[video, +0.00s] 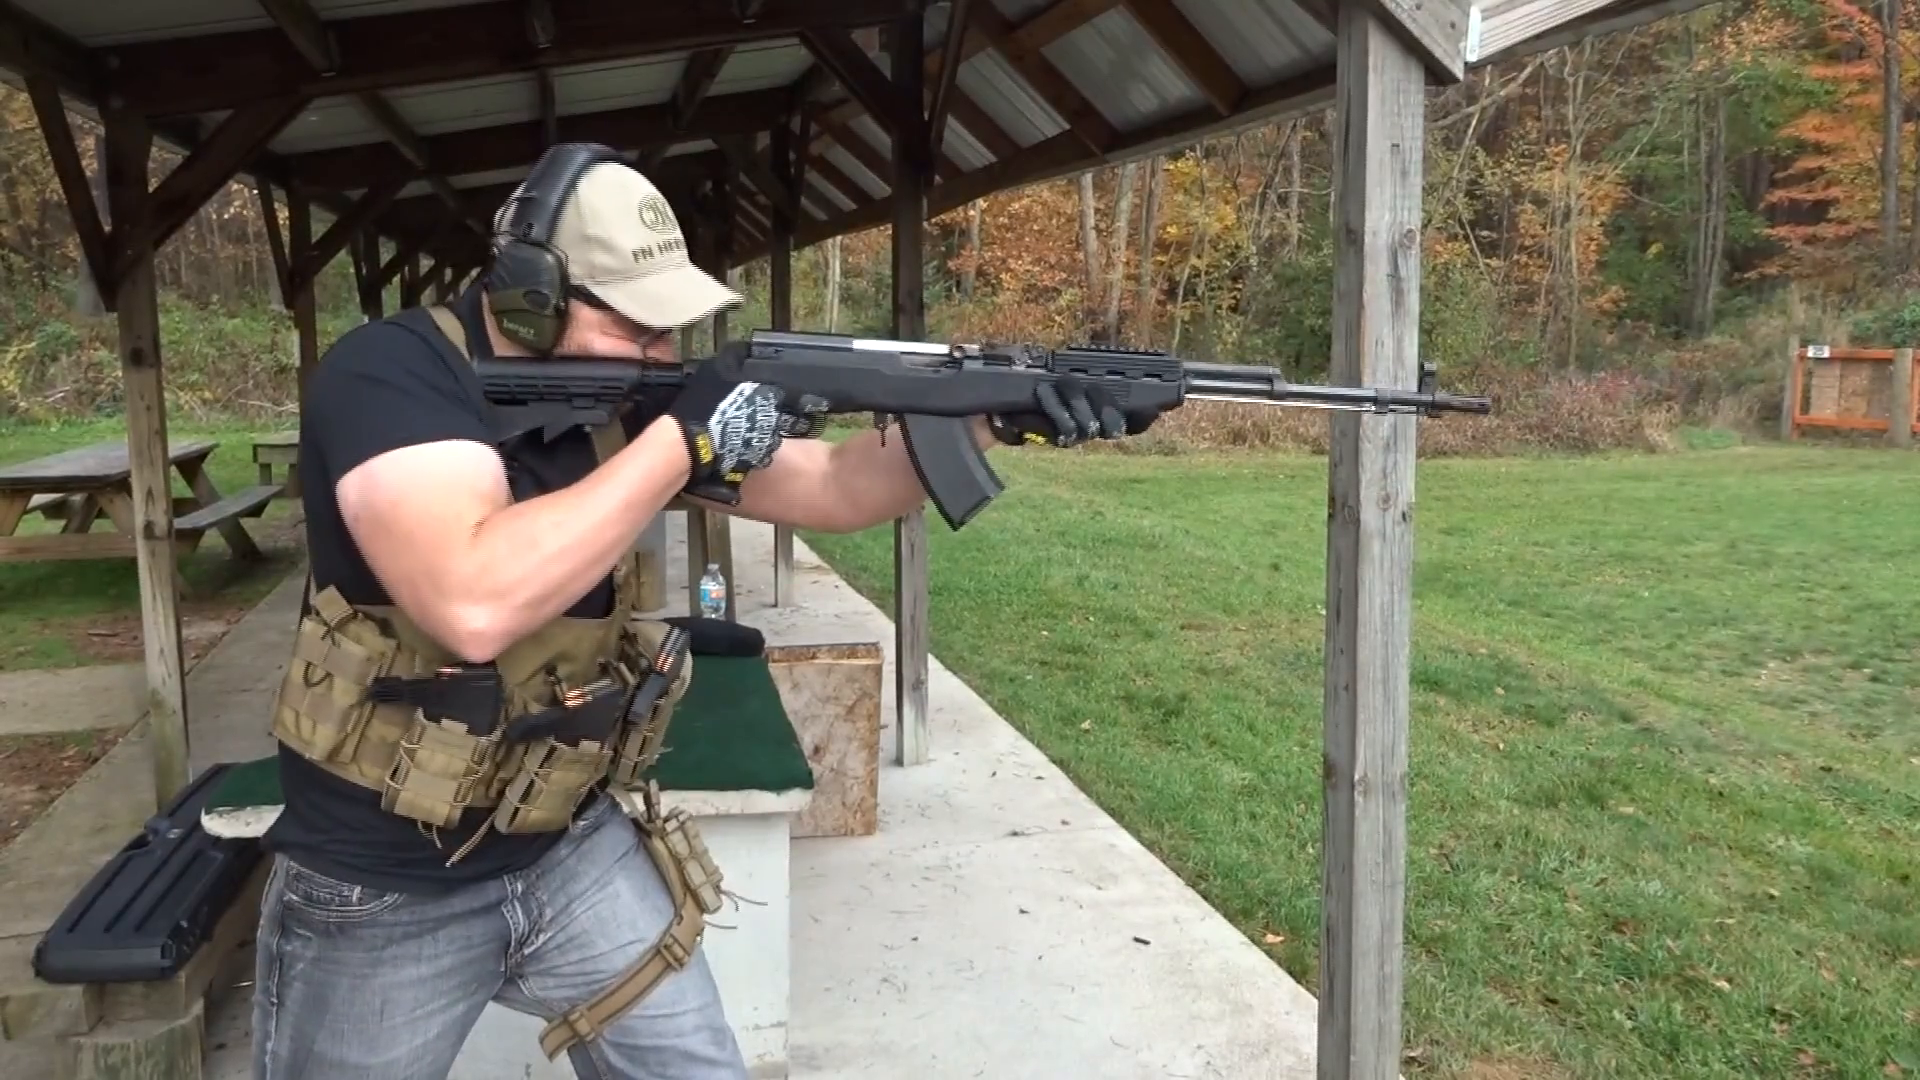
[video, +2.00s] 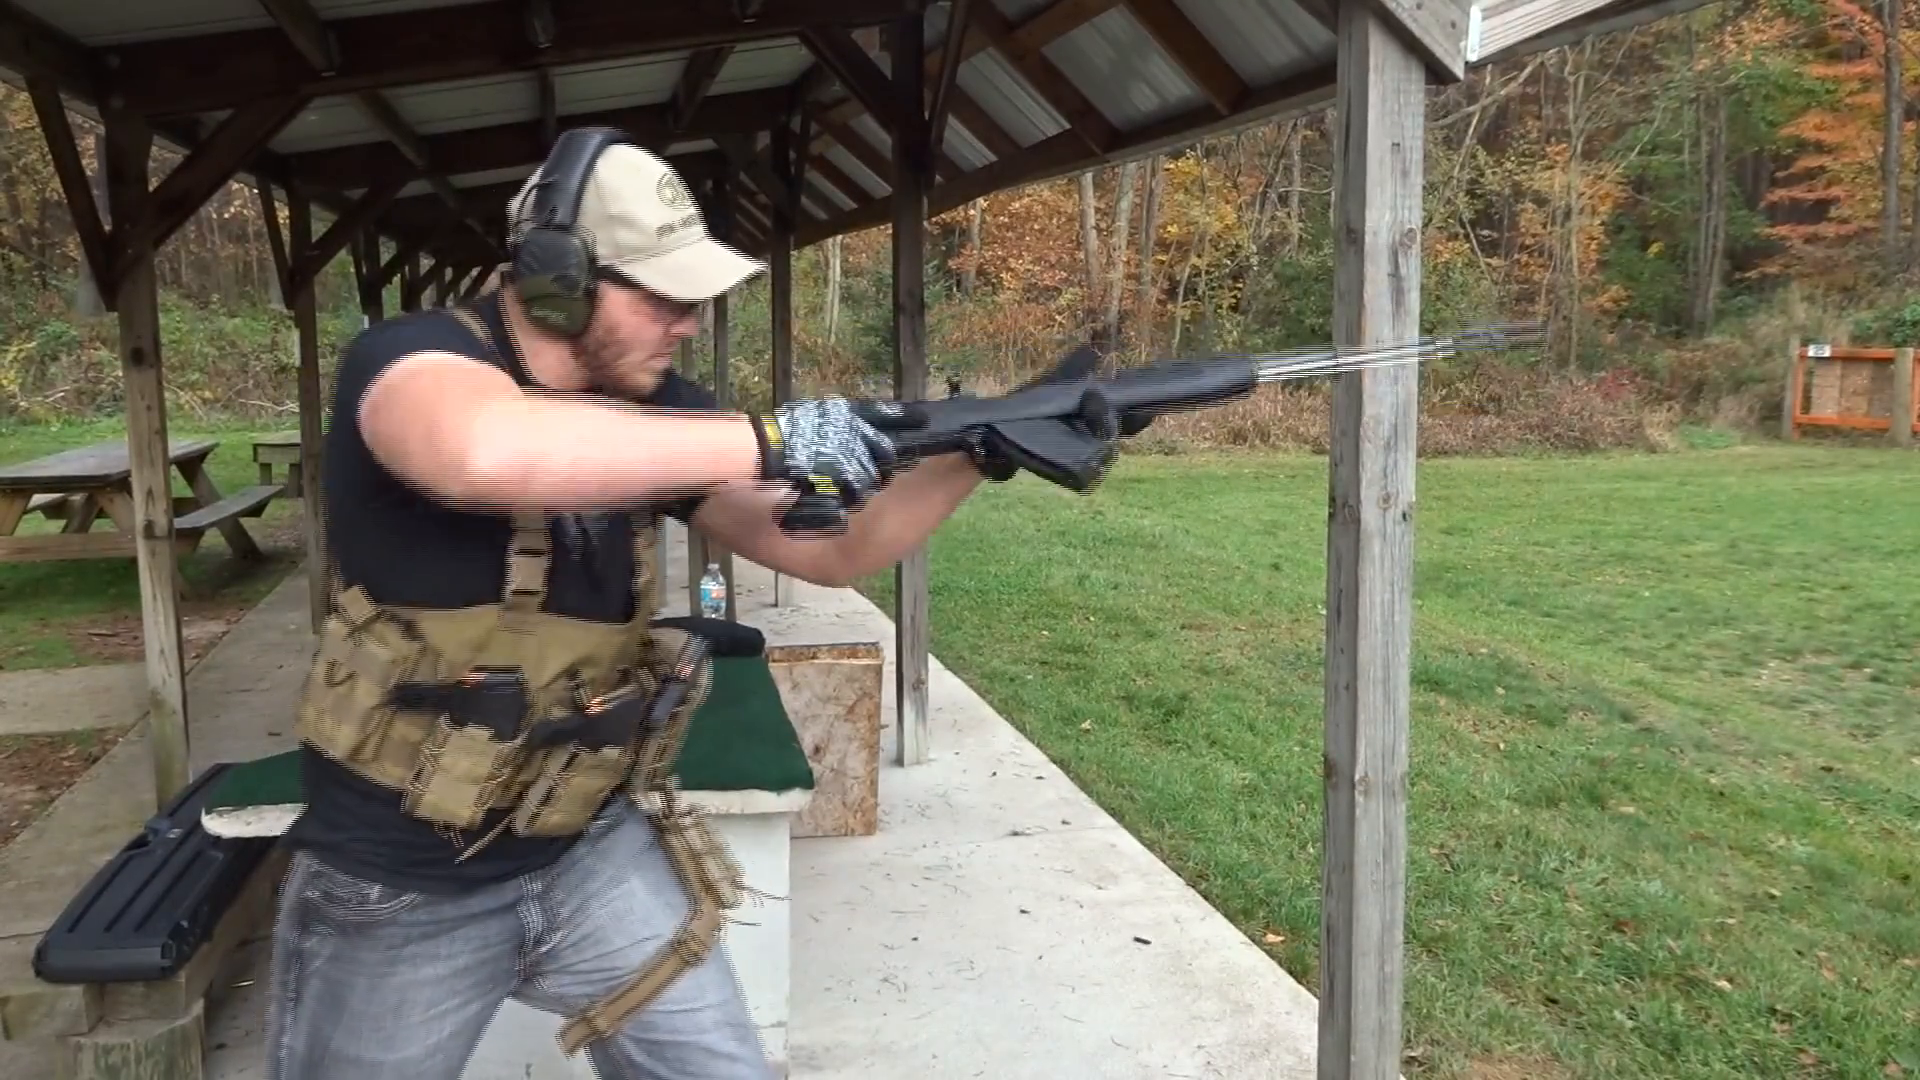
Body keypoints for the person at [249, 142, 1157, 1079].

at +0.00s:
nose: (655, 354)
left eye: (662, 328)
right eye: (628, 327)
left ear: (661, 302)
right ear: (529, 301)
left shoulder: (626, 405)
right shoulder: (381, 378)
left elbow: (832, 481)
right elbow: (473, 602)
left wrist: (1005, 406)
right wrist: (682, 437)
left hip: (579, 849)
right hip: (383, 892)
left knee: (700, 1063)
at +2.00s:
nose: (690, 328)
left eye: (691, 303)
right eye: (664, 301)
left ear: (588, 297)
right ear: (556, 288)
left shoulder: (648, 410)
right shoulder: (413, 358)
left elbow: (826, 547)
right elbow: (476, 458)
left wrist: (978, 451)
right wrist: (762, 447)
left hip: (594, 850)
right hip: (399, 892)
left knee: (726, 1067)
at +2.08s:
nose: (711, 315)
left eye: (716, 290)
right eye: (685, 289)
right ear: (582, 275)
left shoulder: (688, 404)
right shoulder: (449, 362)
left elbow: (855, 549)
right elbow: (483, 545)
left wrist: (987, 433)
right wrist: (754, 480)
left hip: (623, 843)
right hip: (420, 879)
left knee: (743, 1065)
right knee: (359, 1071)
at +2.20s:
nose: (752, 278)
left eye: (756, 249)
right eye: (723, 250)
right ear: (623, 240)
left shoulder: (741, 385)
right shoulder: (497, 375)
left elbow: (897, 525)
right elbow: (528, 622)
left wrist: (985, 458)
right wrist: (769, 500)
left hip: (693, 827)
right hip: (493, 860)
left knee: (787, 1066)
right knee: (428, 1066)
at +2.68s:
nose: (622, 283)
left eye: (639, 243)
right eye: (579, 255)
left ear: (672, 236)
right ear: (503, 260)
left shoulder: (729, 357)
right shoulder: (430, 421)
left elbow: (915, 510)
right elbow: (450, 745)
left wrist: (969, 470)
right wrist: (699, 571)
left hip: (721, 847)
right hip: (514, 885)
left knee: (785, 1062)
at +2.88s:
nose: (502, 318)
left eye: (520, 271)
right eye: (457, 288)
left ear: (563, 247)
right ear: (377, 285)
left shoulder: (644, 361)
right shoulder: (311, 465)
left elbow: (842, 496)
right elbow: (356, 811)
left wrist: (911, 490)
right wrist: (610, 619)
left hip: (648, 874)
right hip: (431, 937)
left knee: (722, 1060)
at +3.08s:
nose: (446, 330)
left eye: (468, 282)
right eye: (395, 304)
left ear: (502, 230)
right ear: (297, 281)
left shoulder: (587, 356)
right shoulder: (219, 468)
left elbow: (775, 492)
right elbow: (230, 827)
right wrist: (464, 657)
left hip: (616, 893)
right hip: (384, 956)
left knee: (676, 1064)